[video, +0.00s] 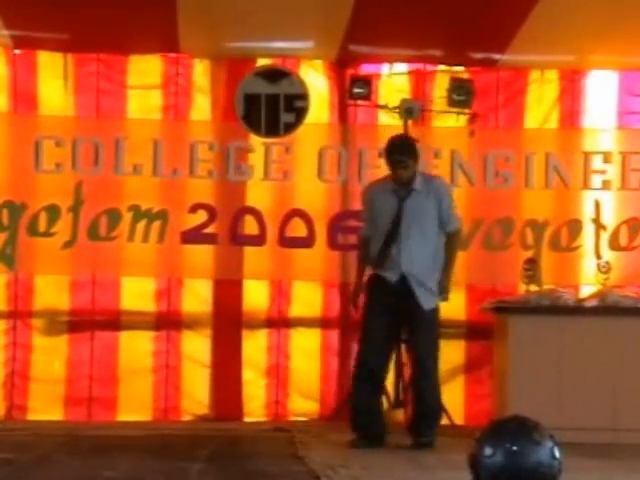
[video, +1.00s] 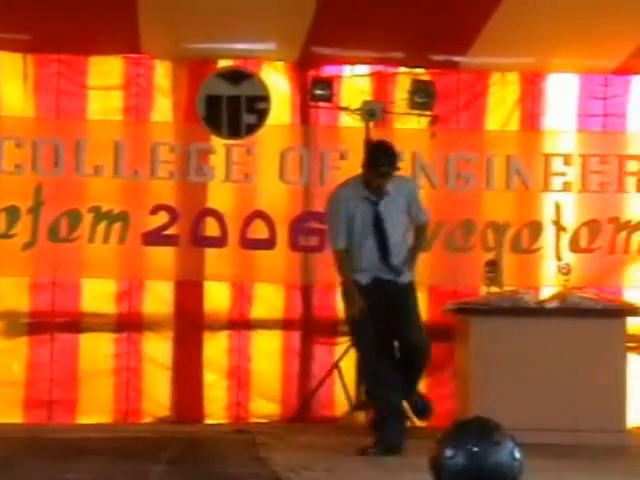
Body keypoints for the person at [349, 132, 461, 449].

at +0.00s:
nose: (401, 173)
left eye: (406, 166)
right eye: (396, 167)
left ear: (417, 163)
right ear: (387, 165)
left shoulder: (436, 190)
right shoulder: (374, 193)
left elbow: (453, 233)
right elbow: (367, 236)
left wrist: (445, 276)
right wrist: (359, 280)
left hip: (423, 285)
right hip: (383, 284)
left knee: (425, 362)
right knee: (370, 360)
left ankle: (425, 430)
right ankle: (369, 430)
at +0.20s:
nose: (411, 174)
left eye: (417, 167)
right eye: (406, 167)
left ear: (428, 164)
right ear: (398, 165)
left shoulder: (447, 190)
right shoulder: (383, 193)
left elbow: (468, 227)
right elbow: (371, 235)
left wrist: (455, 265)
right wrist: (364, 273)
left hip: (427, 283)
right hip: (390, 281)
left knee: (423, 360)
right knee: (364, 345)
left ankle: (421, 431)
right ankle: (331, 410)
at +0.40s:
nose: (416, 177)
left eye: (422, 170)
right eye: (412, 170)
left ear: (431, 167)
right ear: (402, 165)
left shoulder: (447, 191)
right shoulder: (385, 191)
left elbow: (468, 228)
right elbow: (376, 237)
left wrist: (456, 270)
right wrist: (374, 276)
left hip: (427, 285)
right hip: (389, 283)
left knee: (425, 360)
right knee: (377, 354)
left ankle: (422, 430)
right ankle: (380, 425)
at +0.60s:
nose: (419, 176)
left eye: (424, 169)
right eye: (413, 170)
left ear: (432, 165)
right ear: (402, 165)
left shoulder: (444, 185)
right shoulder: (383, 186)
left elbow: (451, 226)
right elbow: (360, 223)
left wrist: (444, 262)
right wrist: (372, 259)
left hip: (427, 280)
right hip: (388, 279)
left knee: (424, 352)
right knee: (380, 348)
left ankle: (408, 424)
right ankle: (400, 414)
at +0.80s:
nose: (409, 180)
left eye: (415, 174)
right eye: (404, 174)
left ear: (422, 169)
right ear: (393, 169)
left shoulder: (437, 192)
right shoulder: (374, 194)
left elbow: (448, 237)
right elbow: (354, 237)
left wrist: (438, 275)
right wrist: (369, 268)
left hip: (418, 289)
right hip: (380, 287)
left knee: (406, 367)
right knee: (362, 357)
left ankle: (388, 430)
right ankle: (382, 427)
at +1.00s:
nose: (382, 182)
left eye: (387, 175)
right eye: (377, 175)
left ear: (394, 172)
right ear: (364, 170)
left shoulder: (405, 190)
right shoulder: (343, 198)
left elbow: (421, 224)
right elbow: (339, 249)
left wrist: (413, 253)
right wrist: (350, 291)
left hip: (400, 284)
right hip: (364, 285)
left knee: (416, 345)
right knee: (374, 360)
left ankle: (406, 388)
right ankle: (389, 433)